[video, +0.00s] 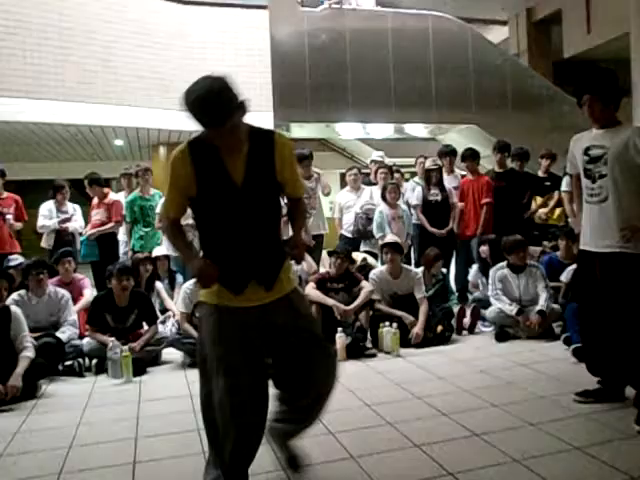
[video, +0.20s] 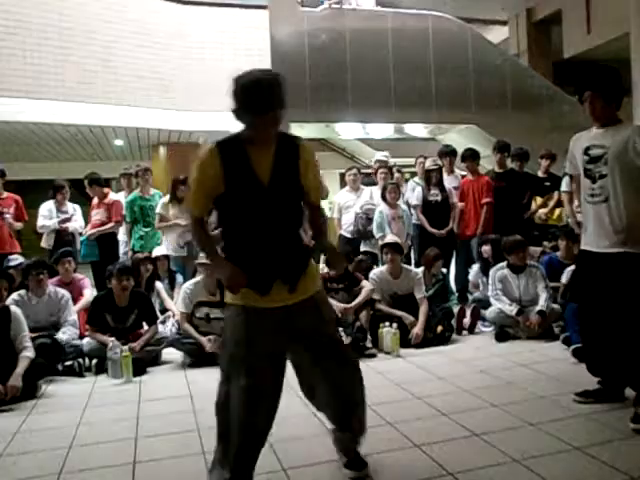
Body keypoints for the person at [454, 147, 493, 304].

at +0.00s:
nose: (466, 166)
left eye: (469, 162)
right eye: (464, 163)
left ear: (476, 162)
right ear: (463, 164)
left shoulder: (485, 181)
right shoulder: (464, 182)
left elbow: (486, 206)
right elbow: (460, 204)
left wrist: (480, 230)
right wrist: (456, 224)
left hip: (477, 231)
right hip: (463, 231)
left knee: (479, 265)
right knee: (461, 267)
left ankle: (483, 294)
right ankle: (462, 296)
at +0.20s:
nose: (466, 166)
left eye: (469, 162)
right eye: (464, 163)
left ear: (476, 162)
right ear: (463, 164)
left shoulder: (485, 181)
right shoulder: (464, 182)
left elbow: (486, 206)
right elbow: (460, 204)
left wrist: (480, 230)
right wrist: (456, 224)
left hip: (477, 231)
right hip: (463, 230)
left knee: (479, 265)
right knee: (461, 267)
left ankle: (482, 295)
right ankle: (462, 296)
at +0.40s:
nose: (465, 166)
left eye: (468, 162)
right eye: (464, 162)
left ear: (476, 162)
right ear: (462, 163)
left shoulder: (484, 181)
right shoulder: (463, 182)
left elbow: (485, 206)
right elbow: (460, 204)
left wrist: (479, 230)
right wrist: (456, 224)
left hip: (477, 231)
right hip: (462, 231)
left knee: (479, 266)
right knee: (461, 267)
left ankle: (482, 296)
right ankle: (461, 296)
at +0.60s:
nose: (465, 166)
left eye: (468, 162)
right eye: (463, 162)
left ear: (475, 162)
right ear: (461, 163)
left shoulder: (483, 180)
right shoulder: (463, 182)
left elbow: (485, 205)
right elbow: (459, 205)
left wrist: (479, 229)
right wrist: (455, 225)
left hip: (476, 231)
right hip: (462, 231)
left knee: (477, 266)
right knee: (460, 267)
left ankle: (480, 295)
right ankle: (461, 295)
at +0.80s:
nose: (466, 165)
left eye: (468, 162)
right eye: (464, 162)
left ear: (475, 161)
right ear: (462, 164)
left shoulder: (483, 180)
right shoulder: (463, 182)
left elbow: (485, 205)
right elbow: (459, 204)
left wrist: (479, 228)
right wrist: (456, 224)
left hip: (476, 231)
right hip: (463, 230)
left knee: (478, 265)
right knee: (460, 266)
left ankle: (480, 294)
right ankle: (461, 295)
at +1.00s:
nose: (475, 165)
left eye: (478, 161)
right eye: (473, 161)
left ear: (485, 161)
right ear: (471, 163)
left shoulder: (493, 180)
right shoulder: (473, 181)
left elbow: (495, 204)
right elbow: (470, 204)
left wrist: (489, 228)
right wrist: (466, 223)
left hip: (486, 230)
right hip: (472, 230)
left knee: (487, 265)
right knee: (471, 266)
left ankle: (490, 293)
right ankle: (471, 294)